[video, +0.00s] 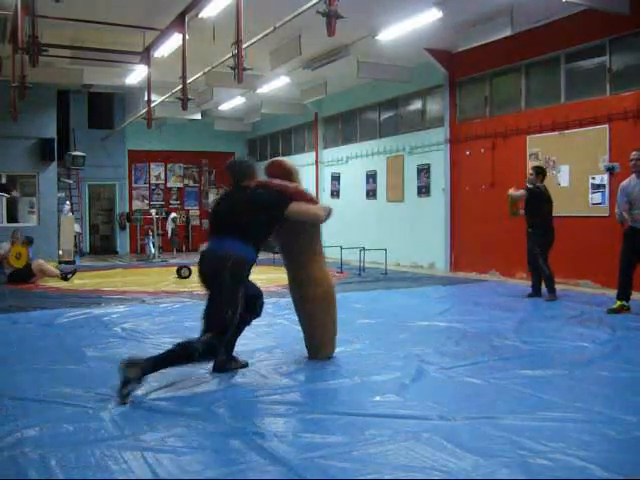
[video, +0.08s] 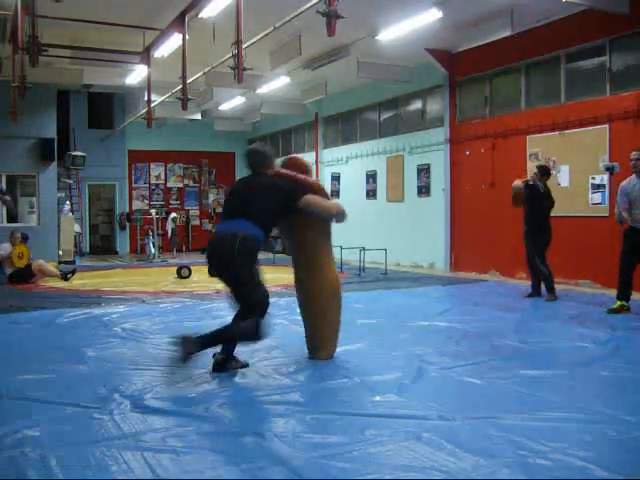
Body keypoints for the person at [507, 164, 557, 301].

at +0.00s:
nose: (529, 177)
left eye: (531, 175)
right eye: (529, 174)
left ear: (538, 177)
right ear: (540, 177)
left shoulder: (533, 190)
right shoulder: (544, 191)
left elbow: (515, 195)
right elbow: (535, 209)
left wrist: (511, 192)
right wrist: (520, 212)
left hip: (536, 231)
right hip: (546, 229)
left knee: (538, 260)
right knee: (536, 261)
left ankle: (551, 291)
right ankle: (536, 290)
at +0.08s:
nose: (534, 175)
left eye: (536, 174)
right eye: (537, 174)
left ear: (537, 175)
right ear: (547, 177)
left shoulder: (530, 188)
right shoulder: (546, 191)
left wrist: (526, 185)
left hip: (534, 228)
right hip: (543, 227)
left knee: (537, 259)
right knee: (534, 259)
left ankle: (551, 291)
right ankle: (535, 289)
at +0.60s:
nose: (541, 175)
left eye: (543, 174)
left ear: (544, 176)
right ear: (555, 178)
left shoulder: (539, 187)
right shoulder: (555, 187)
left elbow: (527, 178)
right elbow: (556, 176)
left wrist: (540, 167)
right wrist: (562, 165)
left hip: (539, 224)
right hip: (550, 222)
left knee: (540, 257)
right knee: (540, 257)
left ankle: (552, 291)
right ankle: (537, 289)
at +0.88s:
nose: (547, 177)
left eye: (550, 176)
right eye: (549, 175)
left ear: (552, 177)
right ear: (554, 177)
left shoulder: (549, 191)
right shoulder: (547, 189)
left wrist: (542, 226)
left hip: (549, 228)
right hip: (544, 227)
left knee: (548, 258)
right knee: (532, 257)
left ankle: (553, 292)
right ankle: (539, 287)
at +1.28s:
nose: (561, 178)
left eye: (565, 176)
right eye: (560, 174)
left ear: (567, 181)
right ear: (554, 176)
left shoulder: (565, 196)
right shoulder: (544, 184)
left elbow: (563, 212)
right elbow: (540, 167)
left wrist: (565, 197)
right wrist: (556, 163)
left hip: (554, 228)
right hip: (538, 225)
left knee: (552, 261)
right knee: (531, 257)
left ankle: (554, 293)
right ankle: (530, 288)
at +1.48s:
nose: (556, 177)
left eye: (559, 174)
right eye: (554, 174)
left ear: (564, 177)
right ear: (550, 177)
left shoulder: (564, 194)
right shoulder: (542, 191)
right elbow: (531, 182)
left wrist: (569, 215)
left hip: (553, 232)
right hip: (537, 231)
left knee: (552, 264)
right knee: (533, 264)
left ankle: (553, 293)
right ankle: (529, 291)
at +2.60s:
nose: (543, 177)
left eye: (546, 174)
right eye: (541, 174)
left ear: (553, 176)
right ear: (540, 177)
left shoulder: (560, 196)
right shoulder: (537, 193)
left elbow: (564, 214)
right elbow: (523, 202)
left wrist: (552, 215)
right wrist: (529, 191)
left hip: (551, 230)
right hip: (535, 229)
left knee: (551, 261)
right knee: (534, 261)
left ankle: (553, 292)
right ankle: (536, 289)